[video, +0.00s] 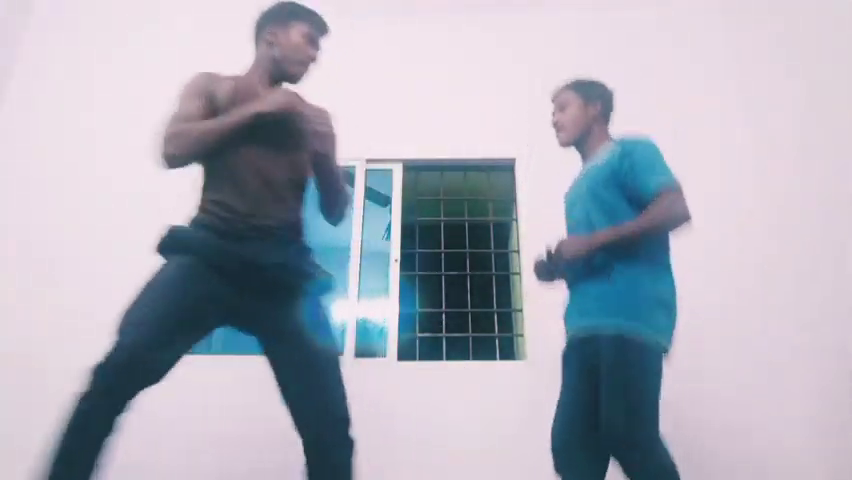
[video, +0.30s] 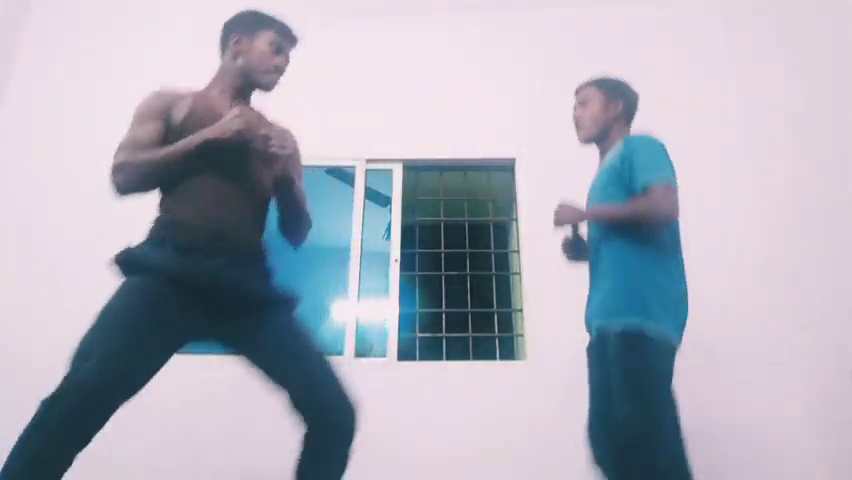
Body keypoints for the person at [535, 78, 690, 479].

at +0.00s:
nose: (554, 118)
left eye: (562, 108)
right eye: (553, 111)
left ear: (593, 110)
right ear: (584, 114)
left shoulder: (633, 151)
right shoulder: (578, 188)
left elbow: (674, 207)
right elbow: (599, 261)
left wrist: (592, 241)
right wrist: (561, 266)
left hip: (632, 325)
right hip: (585, 329)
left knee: (631, 438)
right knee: (573, 447)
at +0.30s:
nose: (575, 113)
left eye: (583, 104)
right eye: (575, 106)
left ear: (616, 108)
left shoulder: (642, 147)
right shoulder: (606, 173)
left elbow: (664, 204)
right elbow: (632, 244)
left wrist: (587, 214)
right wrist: (587, 250)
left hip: (641, 313)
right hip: (609, 318)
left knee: (640, 433)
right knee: (608, 433)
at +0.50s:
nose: (584, 130)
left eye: (593, 120)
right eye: (585, 123)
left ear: (623, 123)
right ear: (614, 126)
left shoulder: (647, 160)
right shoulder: (619, 183)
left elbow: (673, 214)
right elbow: (644, 267)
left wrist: (595, 238)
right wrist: (602, 278)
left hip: (655, 309)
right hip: (632, 314)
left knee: (656, 423)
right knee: (645, 423)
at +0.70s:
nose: (588, 159)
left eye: (596, 149)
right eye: (587, 152)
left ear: (628, 153)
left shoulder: (664, 198)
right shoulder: (614, 236)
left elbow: (714, 255)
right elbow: (596, 301)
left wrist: (639, 279)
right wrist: (558, 259)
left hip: (679, 330)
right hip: (640, 343)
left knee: (636, 422)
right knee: (671, 440)